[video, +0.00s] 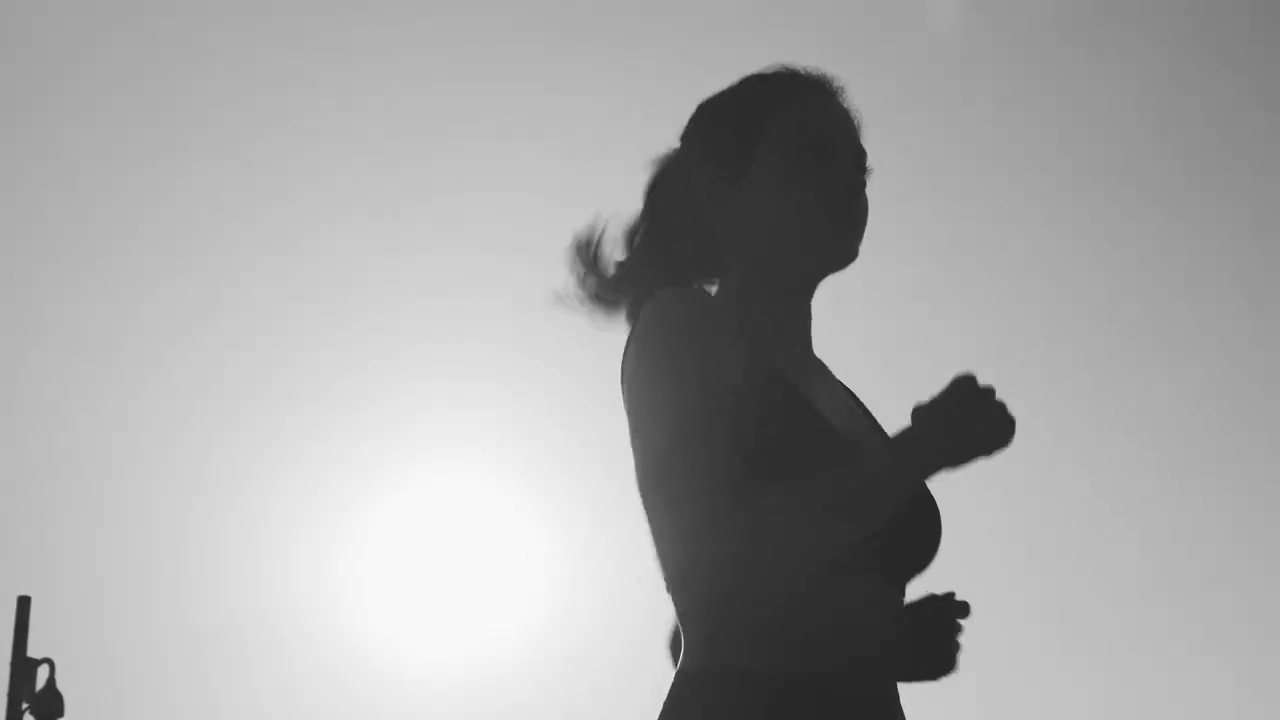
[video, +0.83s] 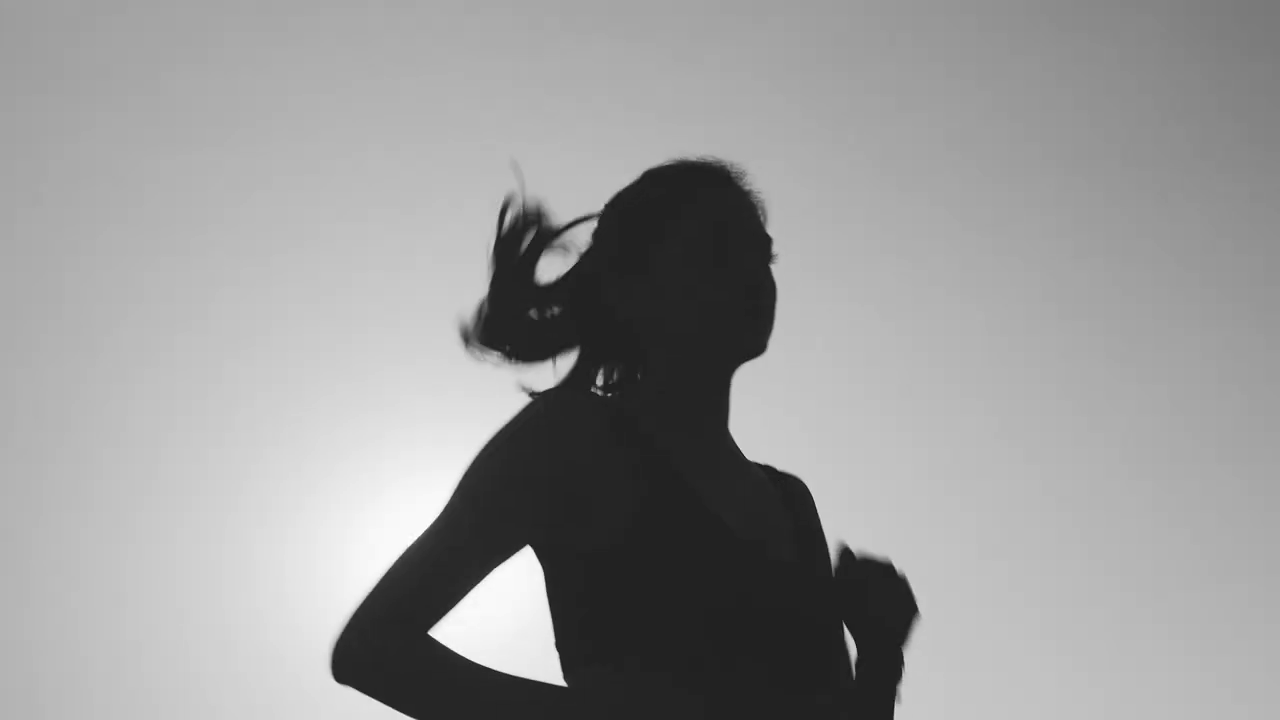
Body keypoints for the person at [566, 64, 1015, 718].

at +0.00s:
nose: (853, 184)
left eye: (859, 166)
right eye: (817, 160)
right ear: (724, 187)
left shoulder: (815, 380)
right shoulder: (682, 326)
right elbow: (710, 570)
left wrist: (891, 639)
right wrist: (920, 449)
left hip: (860, 701)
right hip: (745, 695)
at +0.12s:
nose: (844, 170)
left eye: (850, 151)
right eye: (808, 146)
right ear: (719, 169)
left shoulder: (771, 342)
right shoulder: (689, 288)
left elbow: (652, 609)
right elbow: (723, 517)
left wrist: (870, 608)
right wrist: (911, 417)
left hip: (842, 690)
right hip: (759, 690)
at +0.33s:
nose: (828, 185)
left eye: (829, 165)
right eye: (793, 160)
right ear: (703, 183)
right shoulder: (676, 302)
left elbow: (634, 627)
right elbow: (664, 520)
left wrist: (850, 629)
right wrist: (869, 475)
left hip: (822, 697)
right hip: (738, 693)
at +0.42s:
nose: (824, 214)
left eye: (821, 190)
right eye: (791, 184)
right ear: (705, 203)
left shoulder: (730, 359)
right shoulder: (664, 340)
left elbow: (649, 656)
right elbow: (616, 555)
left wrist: (849, 650)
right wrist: (865, 523)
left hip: (806, 702)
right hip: (726, 699)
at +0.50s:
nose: (814, 227)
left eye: (811, 206)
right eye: (783, 203)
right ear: (697, 232)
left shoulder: (755, 408)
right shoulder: (652, 373)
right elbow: (570, 603)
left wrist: (869, 688)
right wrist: (838, 596)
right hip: (711, 705)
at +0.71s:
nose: (779, 281)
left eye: (784, 258)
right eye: (739, 254)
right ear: (652, 292)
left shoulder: (791, 505)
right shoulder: (603, 437)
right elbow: (430, 671)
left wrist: (885, 696)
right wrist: (611, 706)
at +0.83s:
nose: (760, 273)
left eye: (763, 251)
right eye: (722, 250)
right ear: (635, 283)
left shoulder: (787, 500)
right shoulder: (567, 436)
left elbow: (847, 714)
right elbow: (372, 647)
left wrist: (879, 657)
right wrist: (566, 704)